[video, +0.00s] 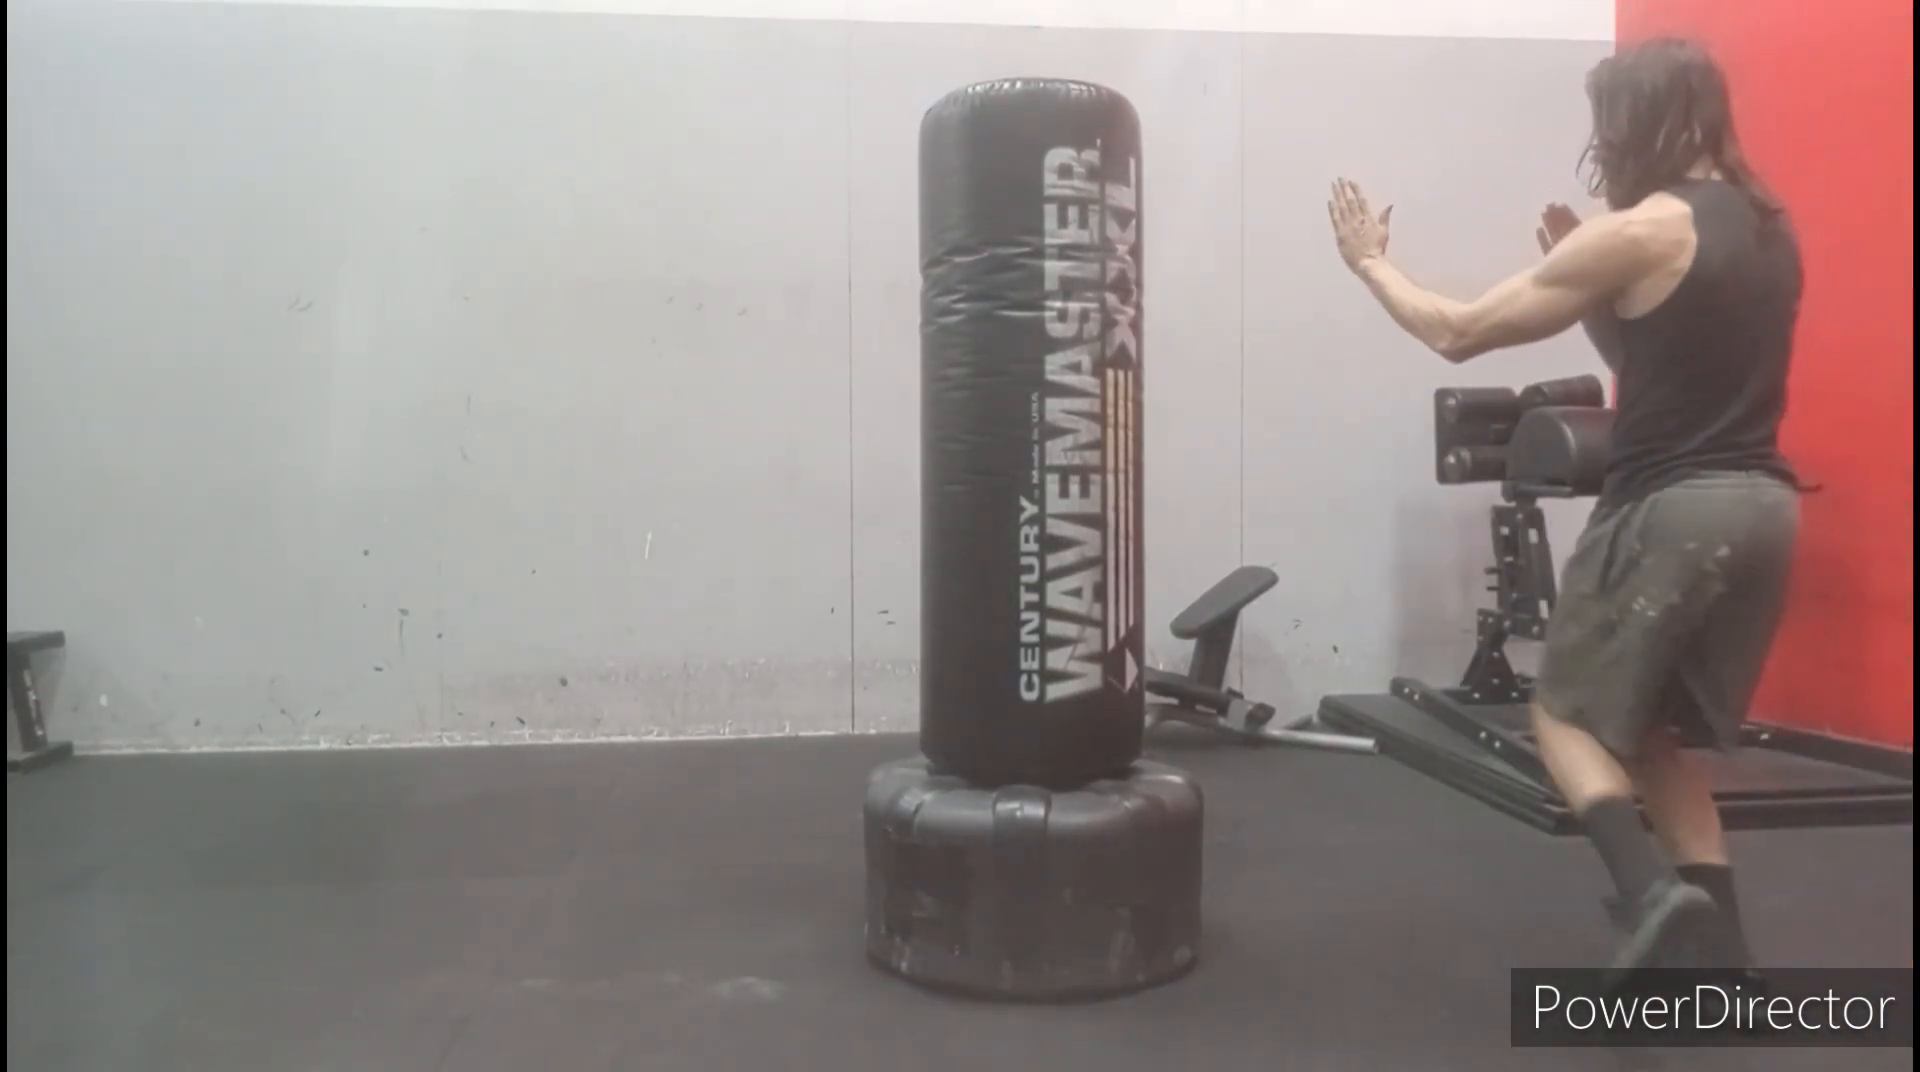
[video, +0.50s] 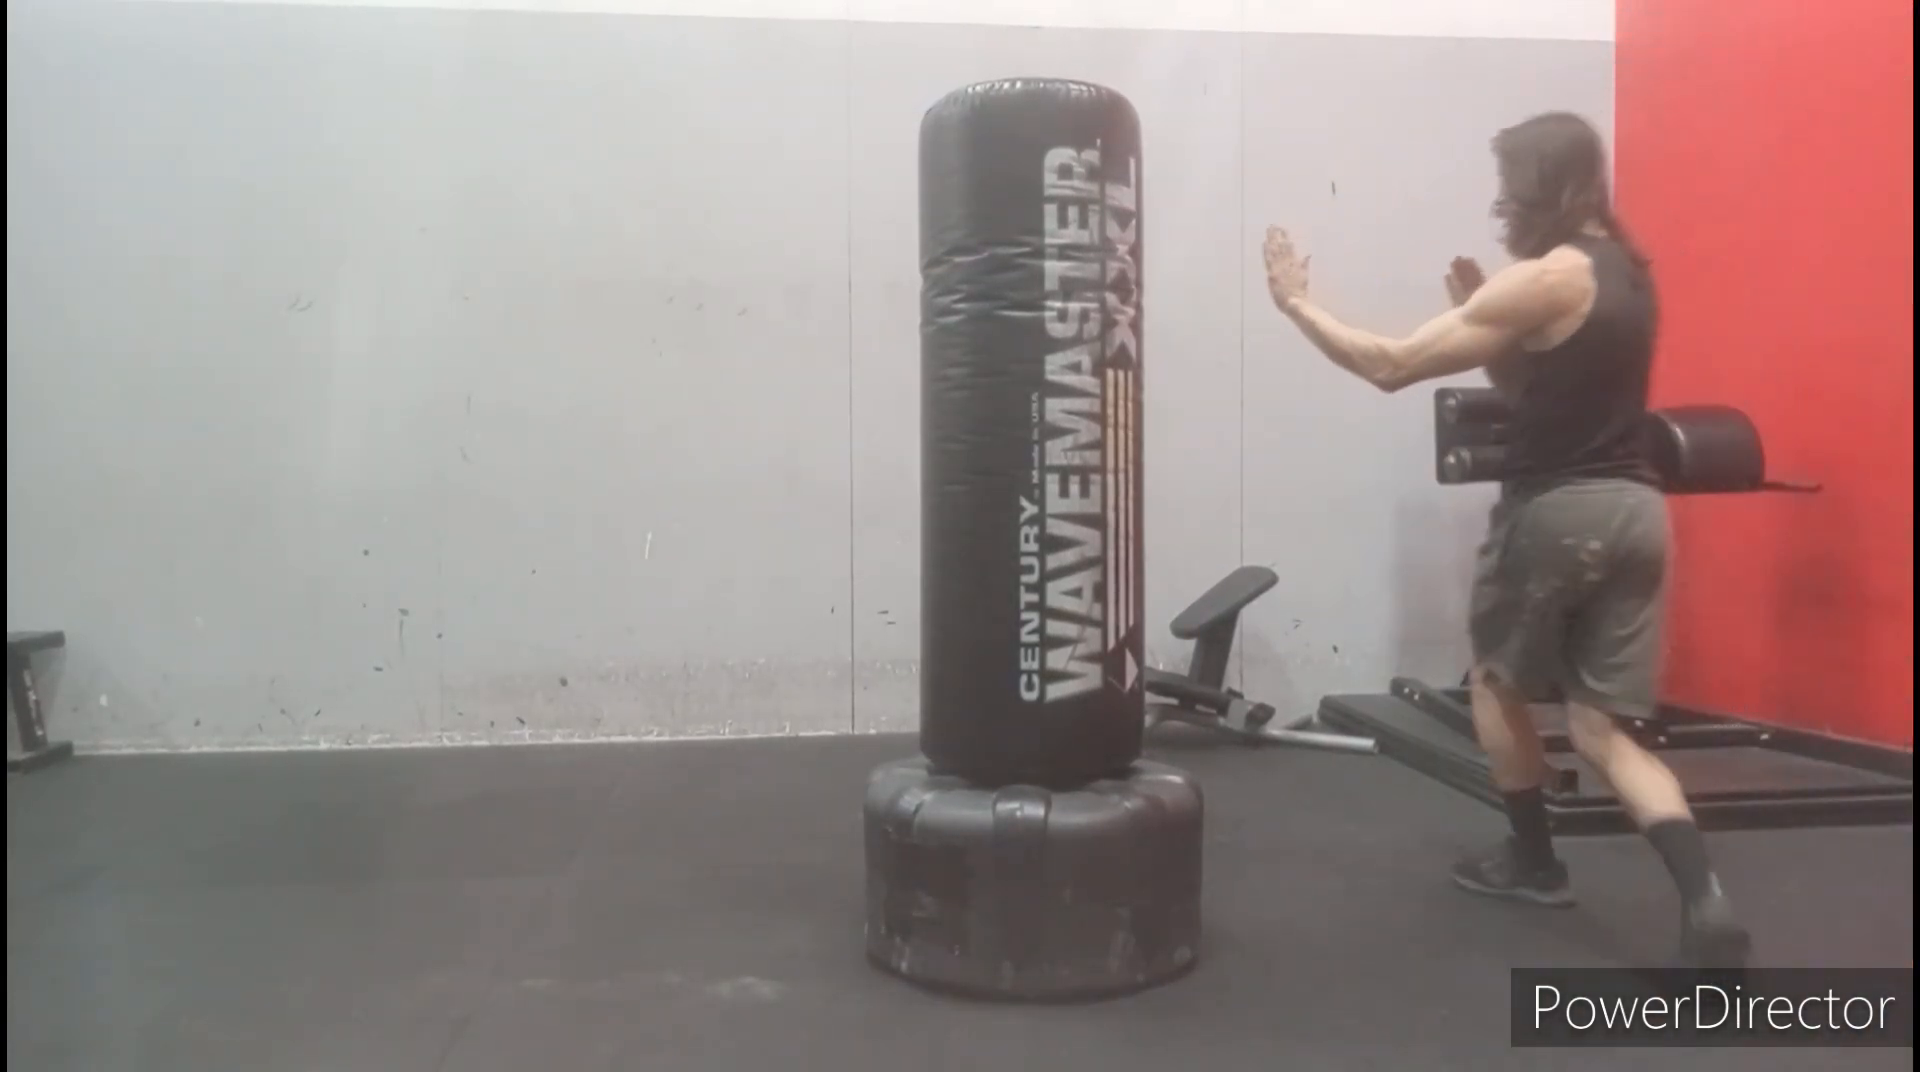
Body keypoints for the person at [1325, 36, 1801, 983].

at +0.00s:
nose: (1597, 139)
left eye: (1605, 121)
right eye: (1600, 120)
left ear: (1633, 125)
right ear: (1706, 119)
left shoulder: (1638, 233)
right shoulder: (1767, 224)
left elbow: (1458, 330)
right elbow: (1666, 358)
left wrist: (1368, 261)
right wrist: (1585, 273)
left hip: (1676, 506)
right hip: (1766, 501)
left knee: (1564, 713)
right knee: (1667, 744)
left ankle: (1648, 888)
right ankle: (1723, 968)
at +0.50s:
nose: (1498, 197)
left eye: (1506, 181)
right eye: (1498, 180)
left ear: (1538, 186)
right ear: (1588, 185)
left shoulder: (1551, 279)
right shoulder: (1627, 265)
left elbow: (1390, 366)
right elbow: (1546, 380)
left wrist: (1297, 301)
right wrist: (1489, 311)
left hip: (1554, 509)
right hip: (1637, 505)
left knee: (1496, 682)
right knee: (1602, 725)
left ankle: (1534, 860)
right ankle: (1703, 895)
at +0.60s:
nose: (1473, 205)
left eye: (1481, 190)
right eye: (1474, 189)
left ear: (1515, 195)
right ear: (1556, 195)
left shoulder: (1526, 285)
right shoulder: (1594, 275)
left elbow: (1374, 368)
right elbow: (1518, 382)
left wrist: (1280, 306)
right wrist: (1467, 316)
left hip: (1531, 511)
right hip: (1606, 507)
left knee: (1474, 684)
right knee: (1568, 705)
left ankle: (1531, 859)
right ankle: (1668, 810)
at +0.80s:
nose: (1430, 216)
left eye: (1440, 203)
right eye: (1432, 201)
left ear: (1474, 210)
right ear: (1503, 209)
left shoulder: (1485, 291)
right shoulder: (1534, 284)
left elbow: (1349, 368)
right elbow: (1461, 408)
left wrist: (1254, 311)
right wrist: (1417, 327)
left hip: (1501, 510)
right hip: (1549, 499)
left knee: (1444, 684)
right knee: (1479, 654)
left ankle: (1528, 856)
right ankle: (1542, 772)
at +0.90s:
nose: (1408, 223)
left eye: (1419, 211)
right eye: (1410, 209)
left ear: (1455, 217)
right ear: (1476, 217)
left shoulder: (1470, 291)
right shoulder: (1497, 289)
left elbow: (1336, 369)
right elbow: (1426, 416)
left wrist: (1240, 313)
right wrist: (1393, 331)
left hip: (1490, 509)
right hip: (1504, 500)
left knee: (1442, 691)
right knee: (1390, 621)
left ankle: (1533, 859)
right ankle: (1458, 775)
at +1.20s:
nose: (1331, 238)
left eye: (1340, 225)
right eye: (1331, 225)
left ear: (1374, 230)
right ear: (1377, 231)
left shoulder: (1403, 305)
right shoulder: (1375, 307)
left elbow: (1291, 373)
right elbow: (1320, 414)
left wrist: (1195, 318)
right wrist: (1320, 338)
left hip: (1400, 511)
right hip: (1379, 510)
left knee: (1365, 692)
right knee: (1298, 644)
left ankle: (1500, 817)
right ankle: (1344, 800)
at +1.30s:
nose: (1305, 246)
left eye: (1316, 233)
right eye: (1304, 233)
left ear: (1354, 240)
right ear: (1329, 237)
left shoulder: (1377, 309)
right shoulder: (1344, 312)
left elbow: (1277, 374)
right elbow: (1287, 413)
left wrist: (1180, 320)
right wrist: (1291, 341)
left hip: (1371, 507)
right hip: (1357, 505)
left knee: (1279, 655)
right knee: (1299, 657)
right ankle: (1343, 800)